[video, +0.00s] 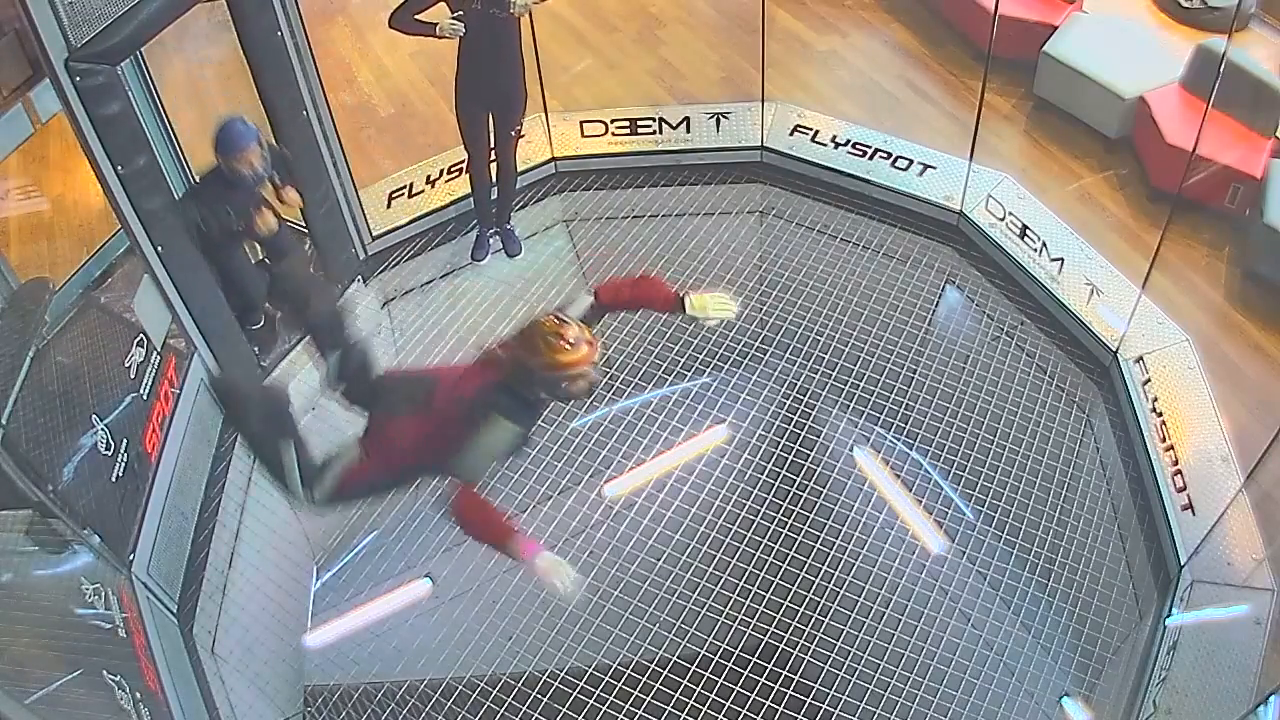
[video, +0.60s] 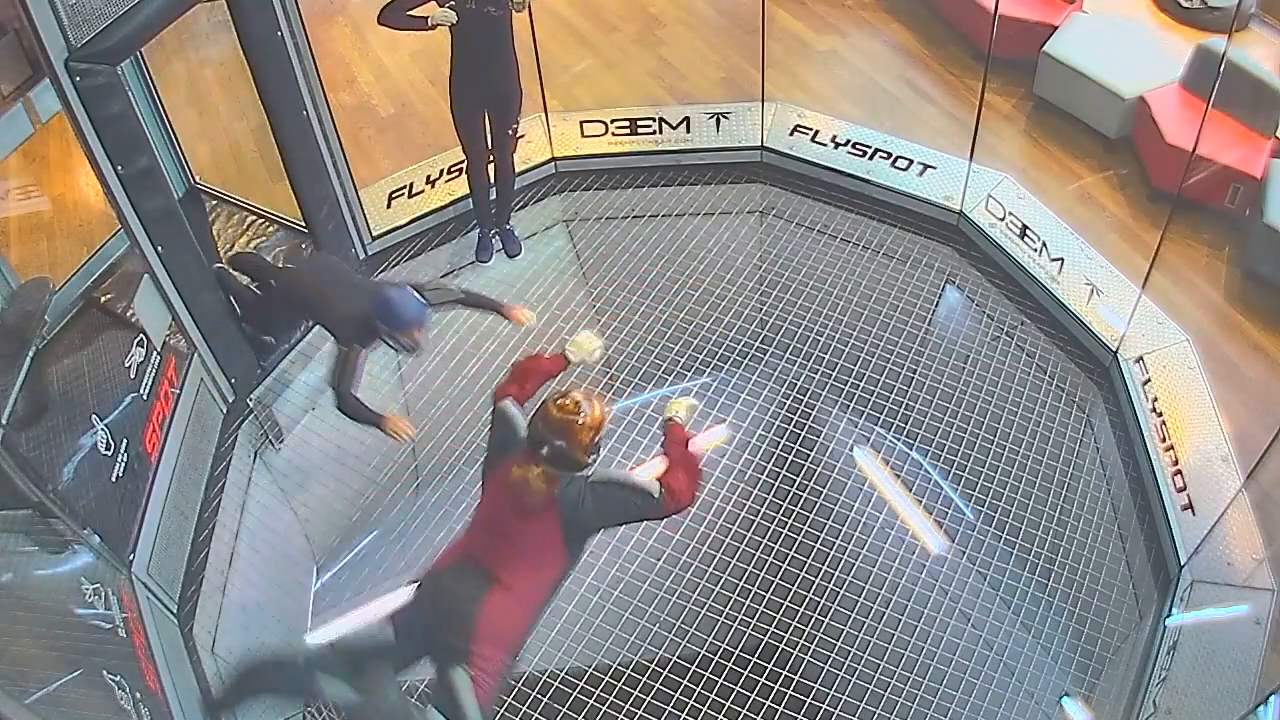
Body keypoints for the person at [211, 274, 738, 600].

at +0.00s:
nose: (588, 370)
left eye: (585, 363)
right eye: (580, 373)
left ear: (562, 342)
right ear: (556, 387)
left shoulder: (551, 337)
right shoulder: (505, 421)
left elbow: (611, 292)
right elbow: (464, 495)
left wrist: (685, 301)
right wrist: (529, 553)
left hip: (433, 387)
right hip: (408, 443)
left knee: (362, 385)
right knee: (312, 486)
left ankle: (319, 306)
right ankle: (258, 400)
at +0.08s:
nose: (595, 390)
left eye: (593, 381)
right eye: (591, 388)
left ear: (555, 355)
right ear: (568, 398)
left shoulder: (538, 355)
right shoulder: (529, 441)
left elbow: (607, 306)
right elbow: (533, 527)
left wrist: (682, 312)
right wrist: (602, 570)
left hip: (407, 414)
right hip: (407, 473)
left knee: (331, 397)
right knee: (317, 521)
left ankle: (262, 320)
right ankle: (252, 441)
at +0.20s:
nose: (580, 385)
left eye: (580, 382)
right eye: (594, 395)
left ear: (561, 381)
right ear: (586, 418)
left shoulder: (534, 377)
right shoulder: (555, 462)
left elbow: (593, 321)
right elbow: (609, 532)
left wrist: (663, 327)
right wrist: (696, 533)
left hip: (412, 448)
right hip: (433, 503)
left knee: (309, 453)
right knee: (337, 577)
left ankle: (219, 387)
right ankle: (269, 528)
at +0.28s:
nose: (577, 384)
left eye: (578, 384)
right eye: (595, 400)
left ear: (559, 385)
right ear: (592, 425)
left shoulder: (527, 388)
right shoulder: (573, 473)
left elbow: (569, 327)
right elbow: (641, 526)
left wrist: (635, 323)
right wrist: (709, 497)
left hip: (413, 475)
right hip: (438, 531)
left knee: (313, 495)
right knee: (353, 621)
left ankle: (236, 438)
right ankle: (306, 575)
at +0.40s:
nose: (575, 401)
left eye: (576, 397)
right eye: (591, 407)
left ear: (556, 401)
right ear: (595, 434)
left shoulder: (518, 409)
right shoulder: (579, 485)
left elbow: (536, 352)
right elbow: (664, 512)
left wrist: (596, 333)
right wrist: (693, 454)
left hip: (423, 519)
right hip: (460, 566)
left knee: (334, 560)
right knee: (391, 666)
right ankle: (327, 623)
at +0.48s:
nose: (578, 419)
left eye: (576, 411)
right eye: (591, 419)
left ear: (551, 411)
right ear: (593, 440)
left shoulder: (509, 428)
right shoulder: (585, 493)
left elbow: (524, 366)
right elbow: (675, 501)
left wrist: (579, 350)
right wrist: (683, 442)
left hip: (421, 551)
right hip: (469, 597)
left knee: (342, 606)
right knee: (421, 703)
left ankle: (246, 590)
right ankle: (341, 648)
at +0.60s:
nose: (590, 418)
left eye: (581, 413)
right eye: (592, 419)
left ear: (540, 429)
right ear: (587, 448)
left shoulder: (508, 453)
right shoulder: (591, 499)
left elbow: (509, 392)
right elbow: (677, 495)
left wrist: (559, 357)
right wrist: (678, 431)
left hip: (446, 581)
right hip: (498, 612)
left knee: (374, 659)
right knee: (462, 702)